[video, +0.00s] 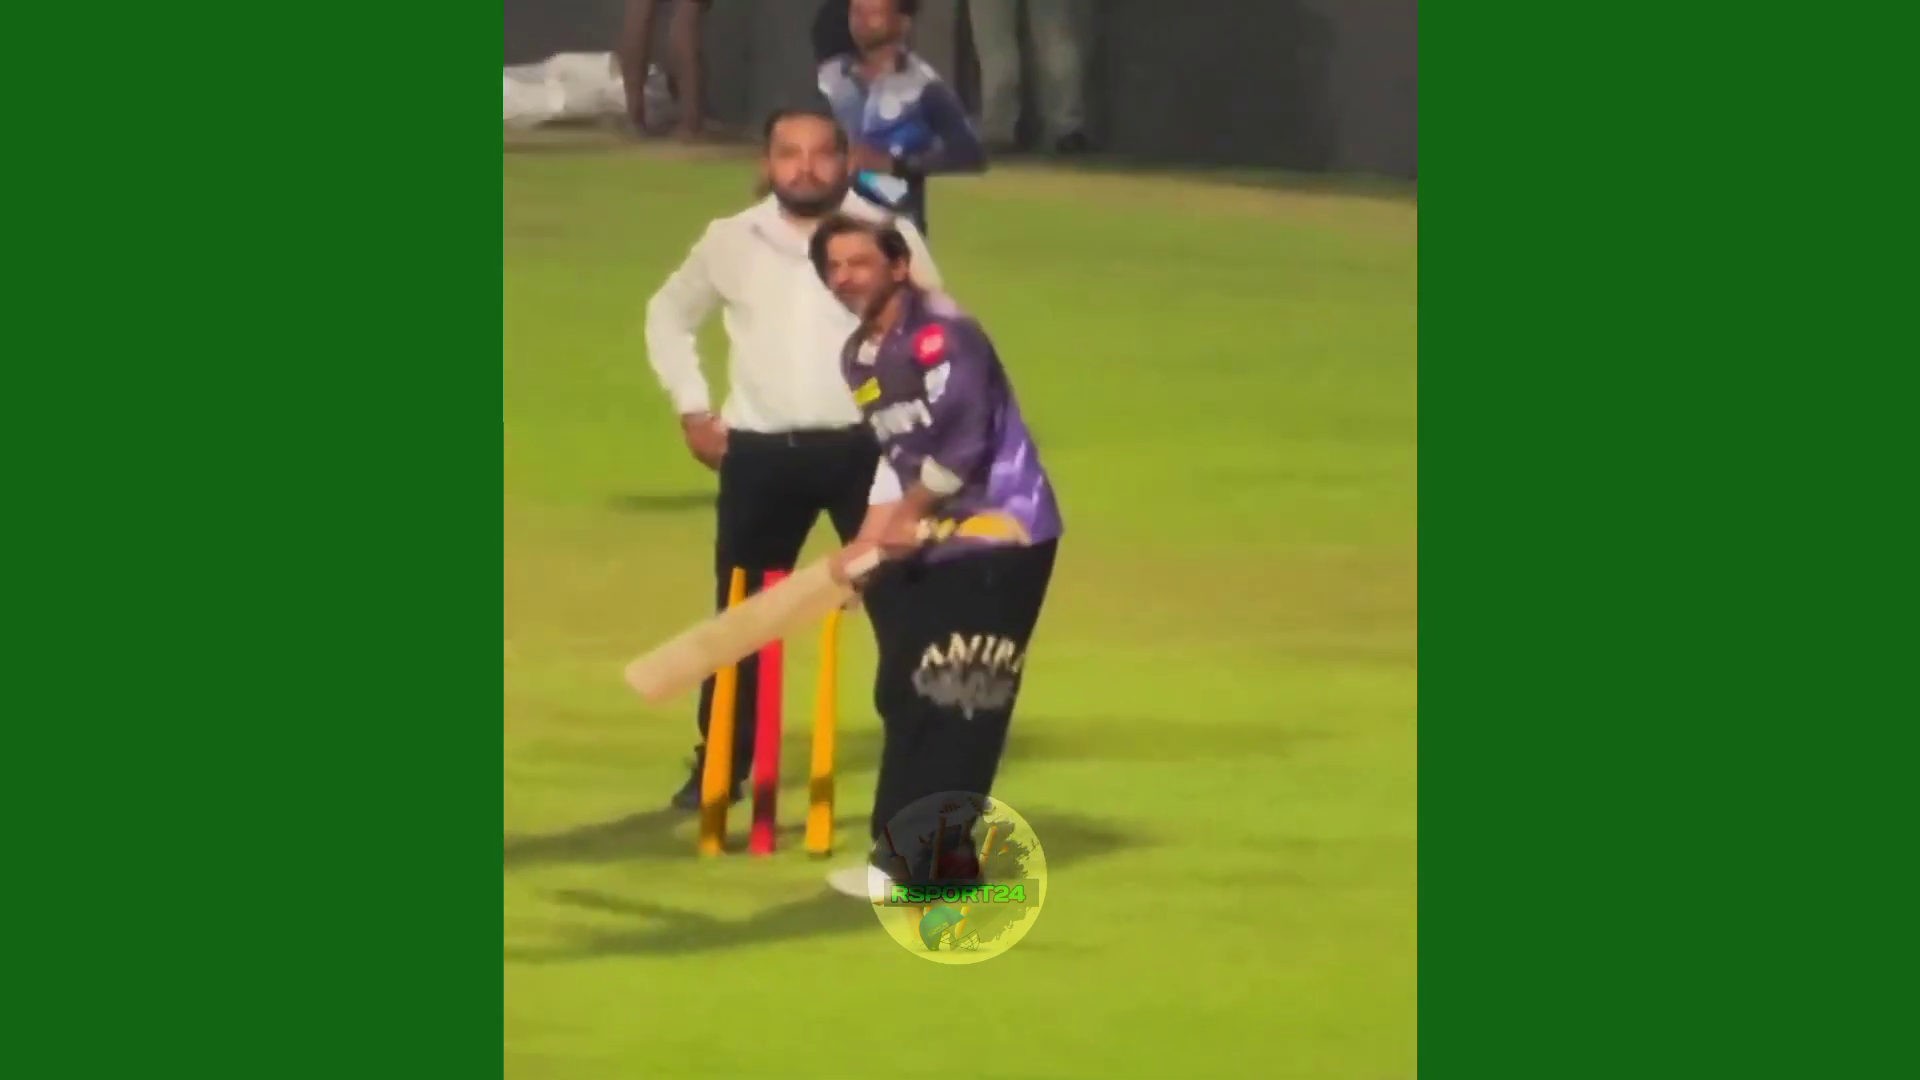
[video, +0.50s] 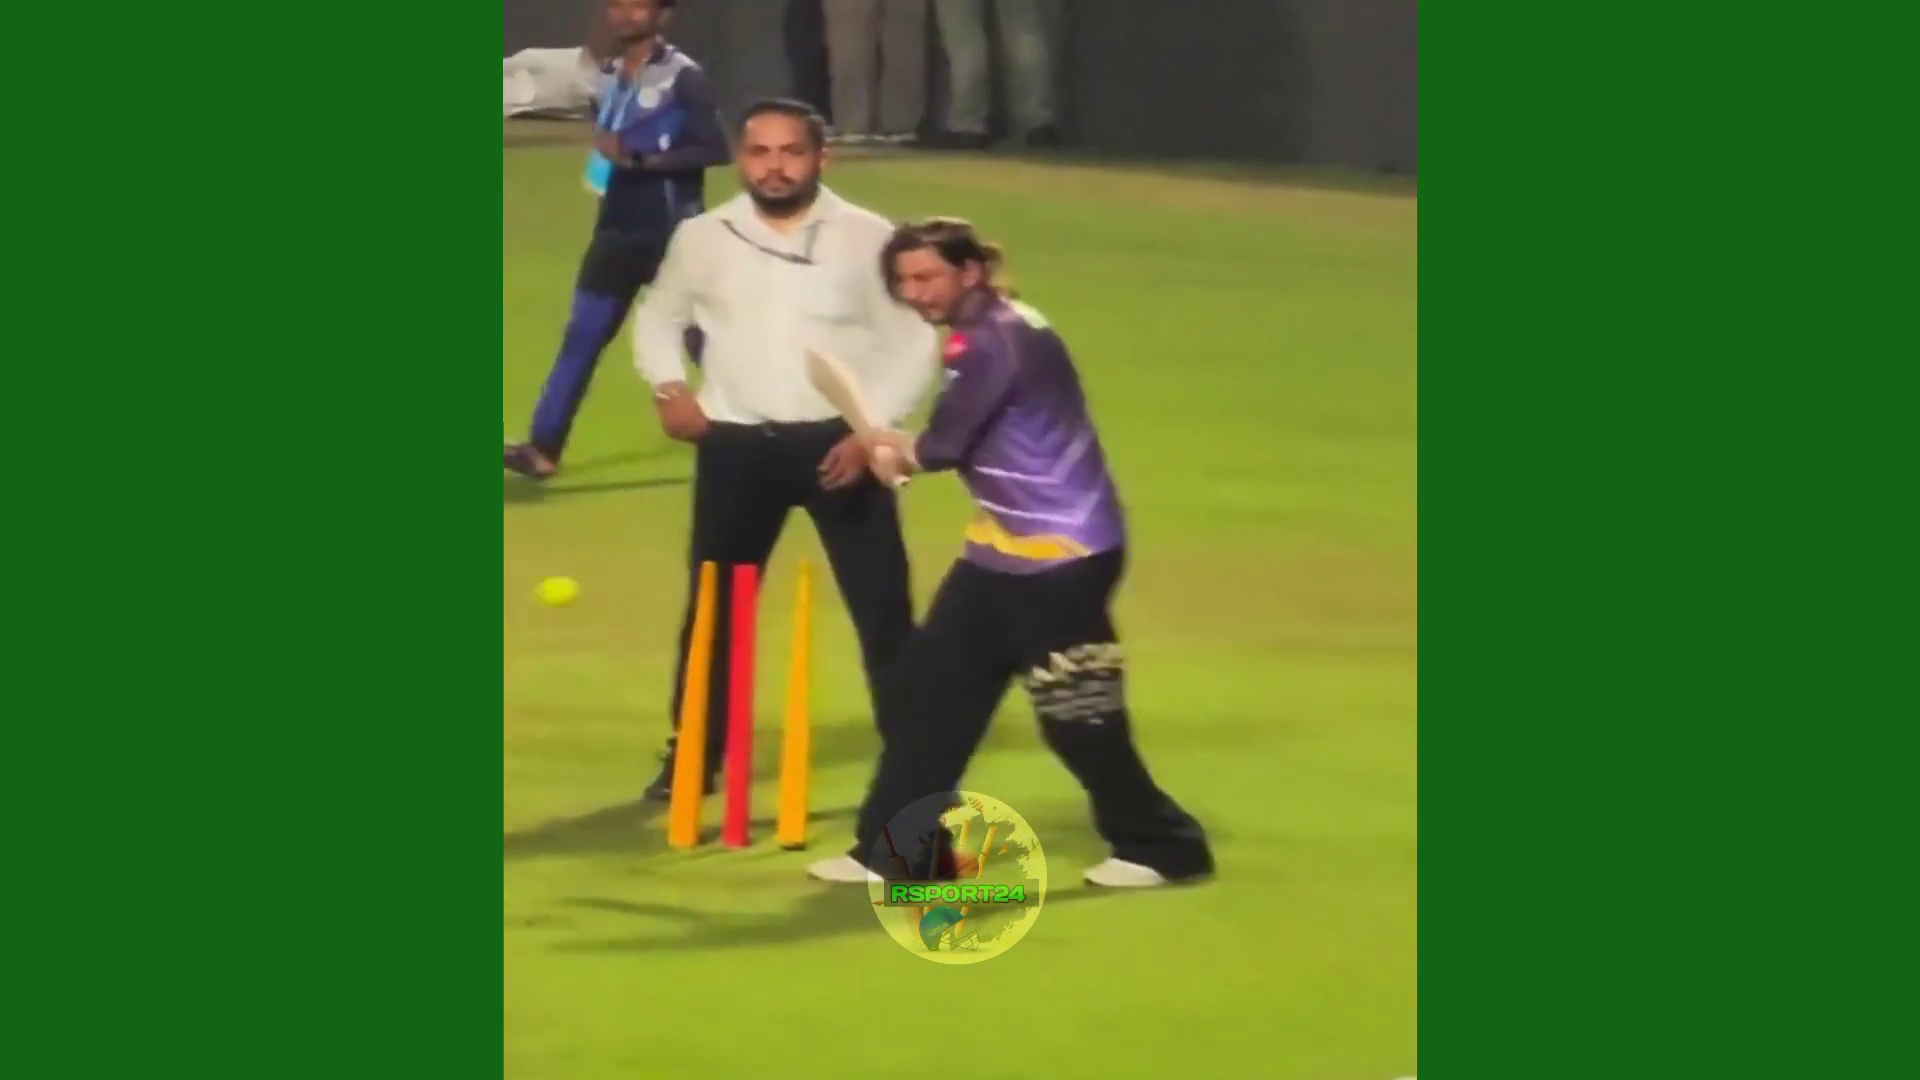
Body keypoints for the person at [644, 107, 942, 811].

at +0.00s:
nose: (806, 167)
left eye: (822, 153)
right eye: (790, 154)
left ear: (844, 160)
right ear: (768, 164)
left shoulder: (886, 233)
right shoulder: (731, 241)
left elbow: (944, 330)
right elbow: (666, 316)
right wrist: (695, 412)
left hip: (867, 453)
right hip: (761, 455)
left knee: (907, 616)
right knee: (739, 624)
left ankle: (926, 775)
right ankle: (715, 772)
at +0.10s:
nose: (802, 167)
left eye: (819, 154)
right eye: (785, 154)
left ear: (845, 163)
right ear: (764, 164)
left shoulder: (887, 239)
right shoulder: (728, 246)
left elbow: (949, 329)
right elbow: (665, 320)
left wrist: (929, 435)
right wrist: (692, 414)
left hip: (869, 454)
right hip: (762, 455)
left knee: (904, 615)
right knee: (738, 620)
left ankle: (926, 773)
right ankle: (717, 769)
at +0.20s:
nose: (790, 169)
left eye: (806, 156)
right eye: (775, 156)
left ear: (835, 164)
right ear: (752, 166)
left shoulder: (873, 241)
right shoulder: (718, 248)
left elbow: (936, 330)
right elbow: (656, 323)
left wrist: (915, 429)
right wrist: (683, 417)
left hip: (863, 453)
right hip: (752, 459)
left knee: (900, 623)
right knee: (731, 627)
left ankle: (930, 781)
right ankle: (708, 779)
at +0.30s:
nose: (786, 169)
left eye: (803, 154)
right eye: (770, 155)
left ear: (831, 161)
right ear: (748, 161)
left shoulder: (871, 241)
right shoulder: (714, 245)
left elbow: (915, 348)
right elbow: (652, 321)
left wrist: (913, 454)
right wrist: (681, 407)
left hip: (858, 448)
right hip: (749, 452)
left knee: (895, 625)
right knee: (725, 626)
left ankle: (928, 780)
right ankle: (703, 777)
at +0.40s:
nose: (776, 166)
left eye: (793, 152)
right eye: (760, 153)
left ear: (822, 160)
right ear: (742, 161)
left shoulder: (868, 242)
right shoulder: (705, 241)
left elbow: (908, 353)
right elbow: (649, 317)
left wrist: (895, 451)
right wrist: (672, 394)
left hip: (847, 455)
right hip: (741, 453)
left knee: (888, 623)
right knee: (717, 619)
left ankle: (918, 770)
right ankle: (695, 768)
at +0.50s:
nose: (773, 165)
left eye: (790, 152)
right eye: (758, 151)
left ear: (820, 158)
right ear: (740, 159)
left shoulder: (872, 241)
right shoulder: (701, 240)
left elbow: (921, 343)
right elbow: (656, 317)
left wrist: (872, 435)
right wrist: (670, 387)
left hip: (842, 450)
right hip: (736, 451)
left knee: (887, 618)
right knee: (711, 615)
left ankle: (916, 769)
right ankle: (690, 763)